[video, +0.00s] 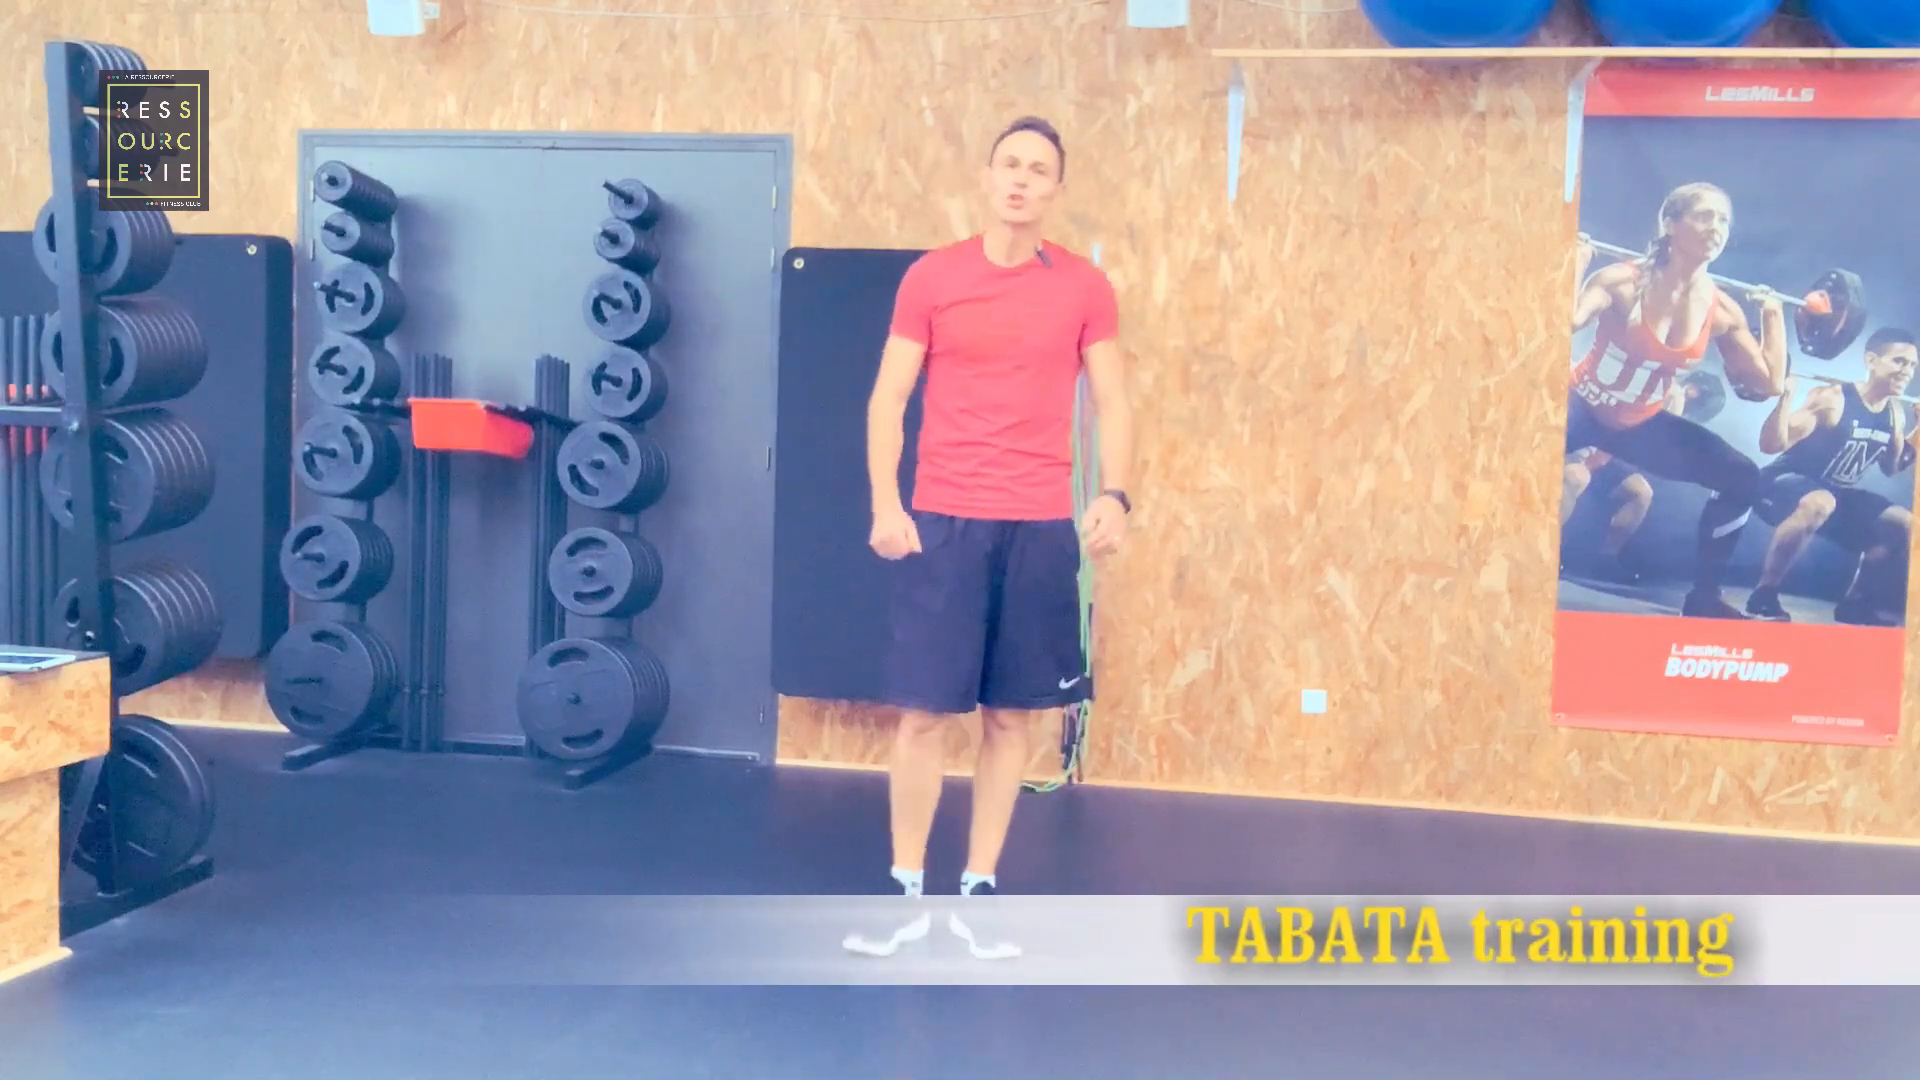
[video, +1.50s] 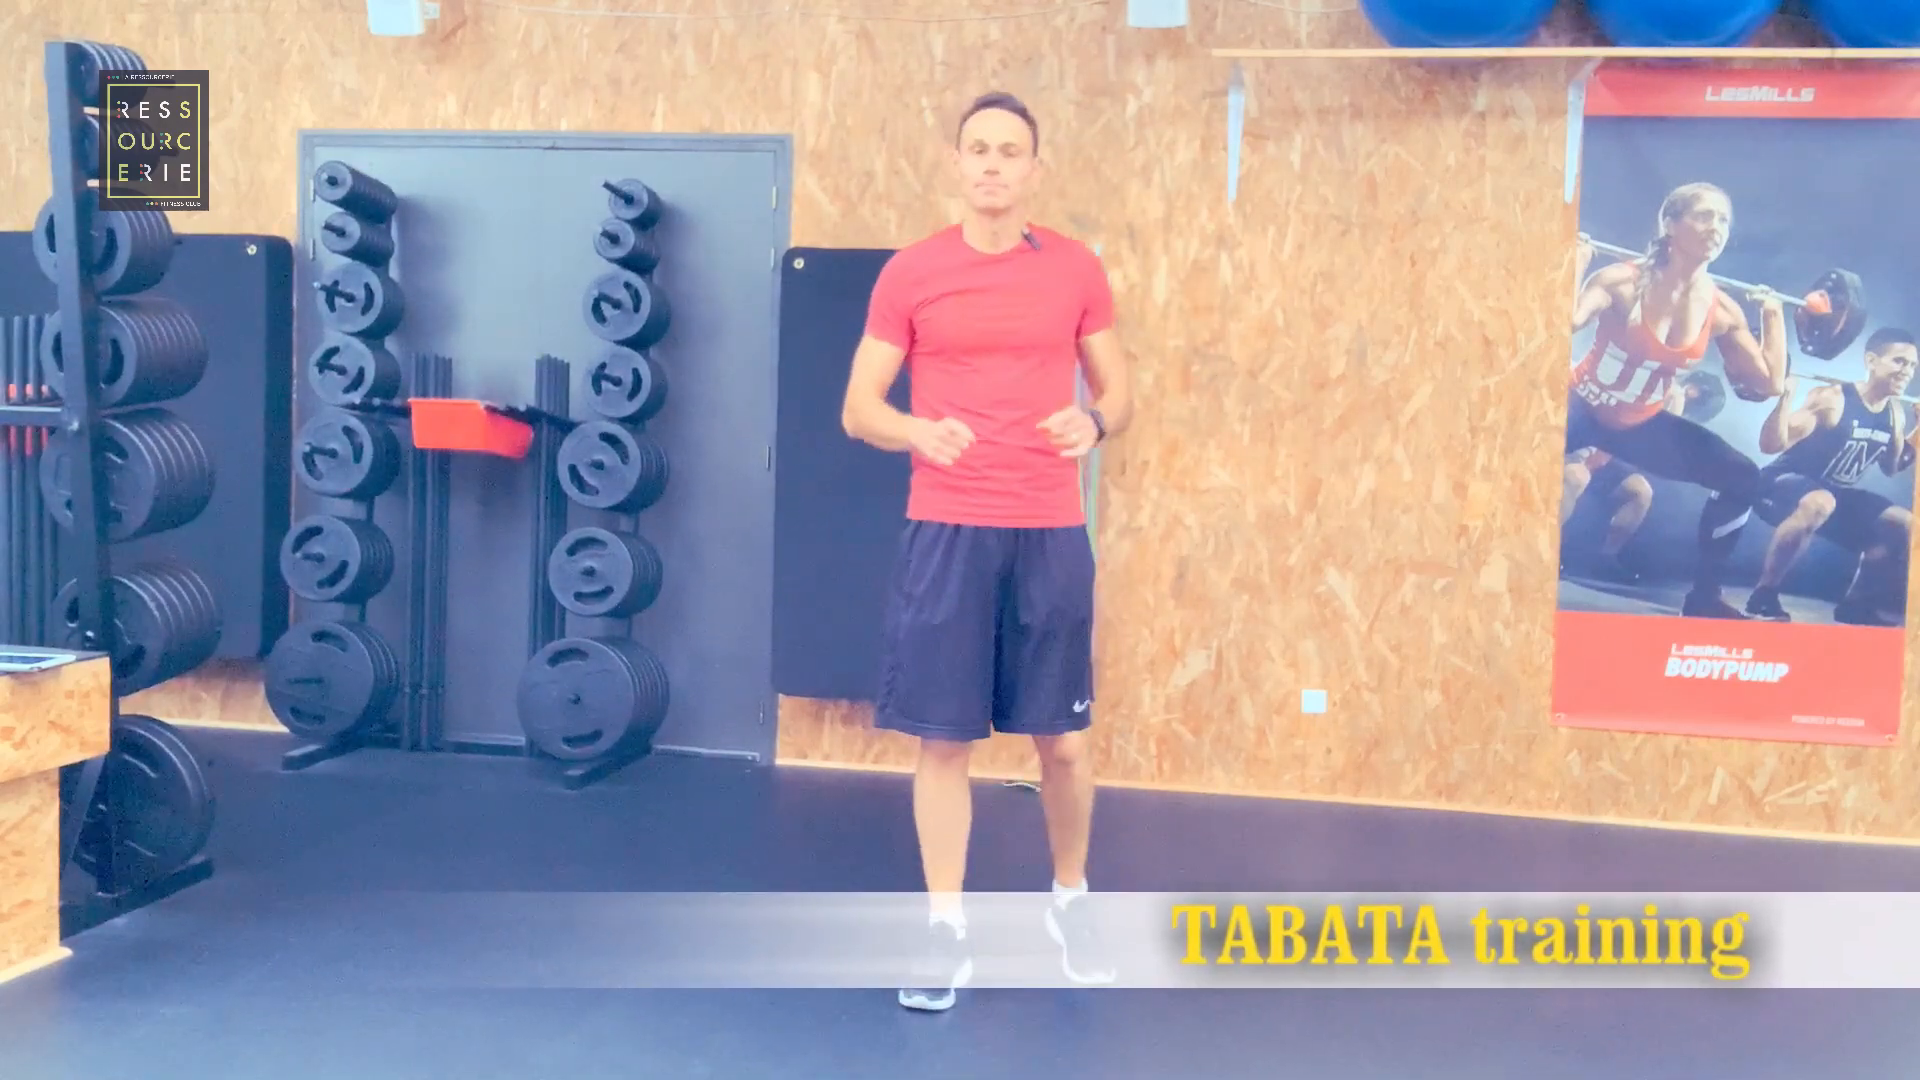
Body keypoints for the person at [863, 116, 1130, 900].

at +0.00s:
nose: (1021, 179)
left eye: (1037, 170)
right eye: (1010, 165)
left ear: (1057, 191)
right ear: (985, 177)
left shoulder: (1084, 286)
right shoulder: (932, 277)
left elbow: (1111, 398)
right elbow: (888, 398)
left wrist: (1115, 493)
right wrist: (885, 503)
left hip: (1041, 529)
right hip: (942, 523)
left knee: (1012, 716)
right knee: (925, 711)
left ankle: (977, 889)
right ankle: (905, 889)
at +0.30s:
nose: (1024, 177)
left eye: (1040, 166)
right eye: (1012, 162)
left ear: (1061, 187)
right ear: (986, 174)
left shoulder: (1088, 287)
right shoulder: (933, 275)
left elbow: (1108, 420)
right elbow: (889, 406)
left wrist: (1123, 536)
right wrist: (866, 521)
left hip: (1044, 530)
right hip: (944, 524)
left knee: (1014, 720)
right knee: (943, 716)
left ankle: (977, 892)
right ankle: (932, 914)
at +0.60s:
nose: (1008, 168)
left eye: (1024, 157)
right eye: (994, 155)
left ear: (1048, 177)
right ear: (969, 174)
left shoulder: (1079, 282)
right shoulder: (922, 276)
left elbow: (1100, 417)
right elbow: (882, 412)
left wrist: (1120, 533)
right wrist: (864, 535)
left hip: (1047, 536)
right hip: (945, 532)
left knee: (1015, 731)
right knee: (948, 732)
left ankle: (971, 888)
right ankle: (942, 926)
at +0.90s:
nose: (989, 153)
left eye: (1003, 141)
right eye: (972, 142)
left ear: (1029, 164)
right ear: (948, 166)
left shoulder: (1066, 270)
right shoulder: (907, 264)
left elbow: (1089, 395)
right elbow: (843, 393)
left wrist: (1107, 428)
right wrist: (892, 424)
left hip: (1037, 525)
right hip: (940, 524)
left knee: (1022, 730)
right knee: (942, 730)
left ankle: (979, 877)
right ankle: (942, 923)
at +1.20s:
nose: (974, 159)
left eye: (990, 145)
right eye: (958, 146)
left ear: (1017, 164)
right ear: (934, 163)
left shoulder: (1059, 268)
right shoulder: (895, 269)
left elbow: (1097, 397)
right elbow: (843, 413)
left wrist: (1088, 393)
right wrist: (899, 402)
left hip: (1037, 528)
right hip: (933, 529)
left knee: (1069, 734)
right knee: (935, 736)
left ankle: (1015, 857)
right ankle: (943, 931)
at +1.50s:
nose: (992, 166)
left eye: (1009, 153)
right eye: (978, 151)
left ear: (1036, 168)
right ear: (954, 163)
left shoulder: (1075, 267)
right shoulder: (911, 271)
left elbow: (1113, 395)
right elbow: (858, 408)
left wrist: (1093, 420)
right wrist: (915, 431)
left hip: (1051, 529)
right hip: (947, 530)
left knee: (1061, 736)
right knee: (944, 736)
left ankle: (1071, 902)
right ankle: (946, 929)